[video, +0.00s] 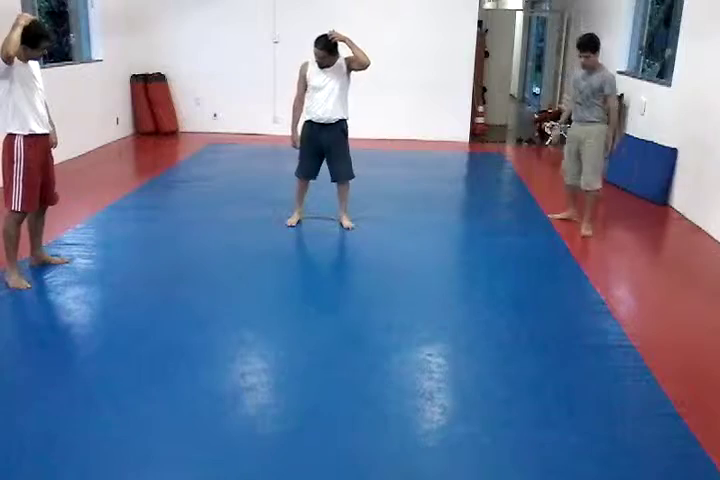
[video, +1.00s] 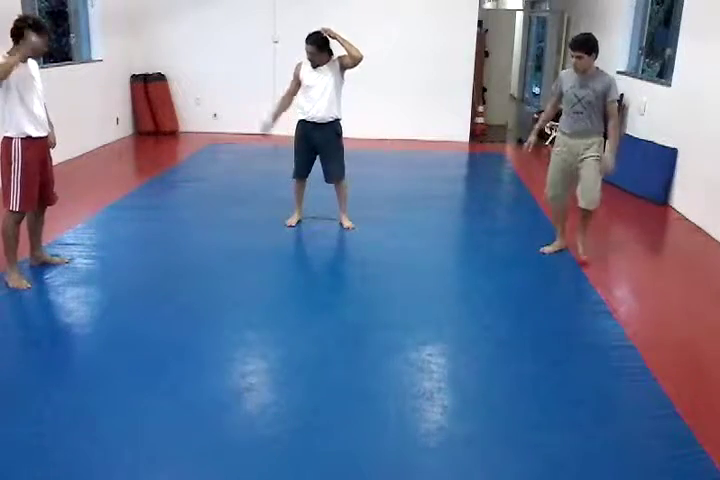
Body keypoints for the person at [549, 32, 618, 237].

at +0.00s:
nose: (583, 61)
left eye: (587, 57)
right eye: (580, 56)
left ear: (596, 54)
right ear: (578, 54)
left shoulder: (607, 77)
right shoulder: (577, 75)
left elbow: (613, 108)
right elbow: (570, 103)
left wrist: (611, 136)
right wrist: (559, 124)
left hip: (596, 128)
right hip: (576, 127)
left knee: (591, 179)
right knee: (570, 173)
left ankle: (587, 220)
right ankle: (571, 209)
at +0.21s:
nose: (589, 61)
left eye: (594, 57)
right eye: (587, 56)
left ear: (604, 55)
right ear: (585, 53)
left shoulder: (614, 78)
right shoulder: (580, 73)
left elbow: (622, 111)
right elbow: (574, 104)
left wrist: (622, 142)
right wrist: (565, 129)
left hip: (599, 131)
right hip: (577, 128)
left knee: (593, 181)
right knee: (560, 173)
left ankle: (587, 221)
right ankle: (567, 207)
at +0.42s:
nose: (587, 62)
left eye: (592, 59)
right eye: (586, 57)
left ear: (604, 58)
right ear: (584, 55)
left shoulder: (615, 82)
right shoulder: (580, 75)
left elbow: (622, 115)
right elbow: (571, 104)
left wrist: (624, 147)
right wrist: (561, 127)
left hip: (599, 136)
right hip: (576, 131)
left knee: (593, 187)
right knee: (563, 182)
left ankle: (587, 222)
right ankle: (564, 225)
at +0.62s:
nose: (580, 65)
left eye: (585, 61)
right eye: (578, 60)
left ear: (597, 60)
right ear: (577, 58)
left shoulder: (611, 84)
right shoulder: (573, 77)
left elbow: (618, 118)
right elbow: (567, 107)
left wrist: (613, 149)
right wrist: (556, 132)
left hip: (597, 141)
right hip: (572, 138)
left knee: (592, 189)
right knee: (565, 188)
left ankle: (587, 223)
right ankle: (560, 236)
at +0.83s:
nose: (574, 61)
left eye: (579, 57)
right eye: (572, 56)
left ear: (592, 57)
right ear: (571, 55)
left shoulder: (606, 81)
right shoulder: (567, 78)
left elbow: (613, 117)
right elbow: (559, 106)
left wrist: (606, 146)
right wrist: (544, 130)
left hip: (592, 142)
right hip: (566, 138)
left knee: (586, 195)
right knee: (557, 193)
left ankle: (582, 234)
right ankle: (560, 239)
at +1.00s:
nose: (574, 61)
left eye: (579, 57)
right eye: (572, 56)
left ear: (592, 57)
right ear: (570, 55)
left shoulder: (606, 82)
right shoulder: (564, 77)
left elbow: (613, 118)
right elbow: (551, 107)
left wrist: (610, 152)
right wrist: (535, 132)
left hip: (591, 144)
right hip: (564, 142)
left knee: (589, 199)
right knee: (555, 193)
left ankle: (582, 237)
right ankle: (560, 238)